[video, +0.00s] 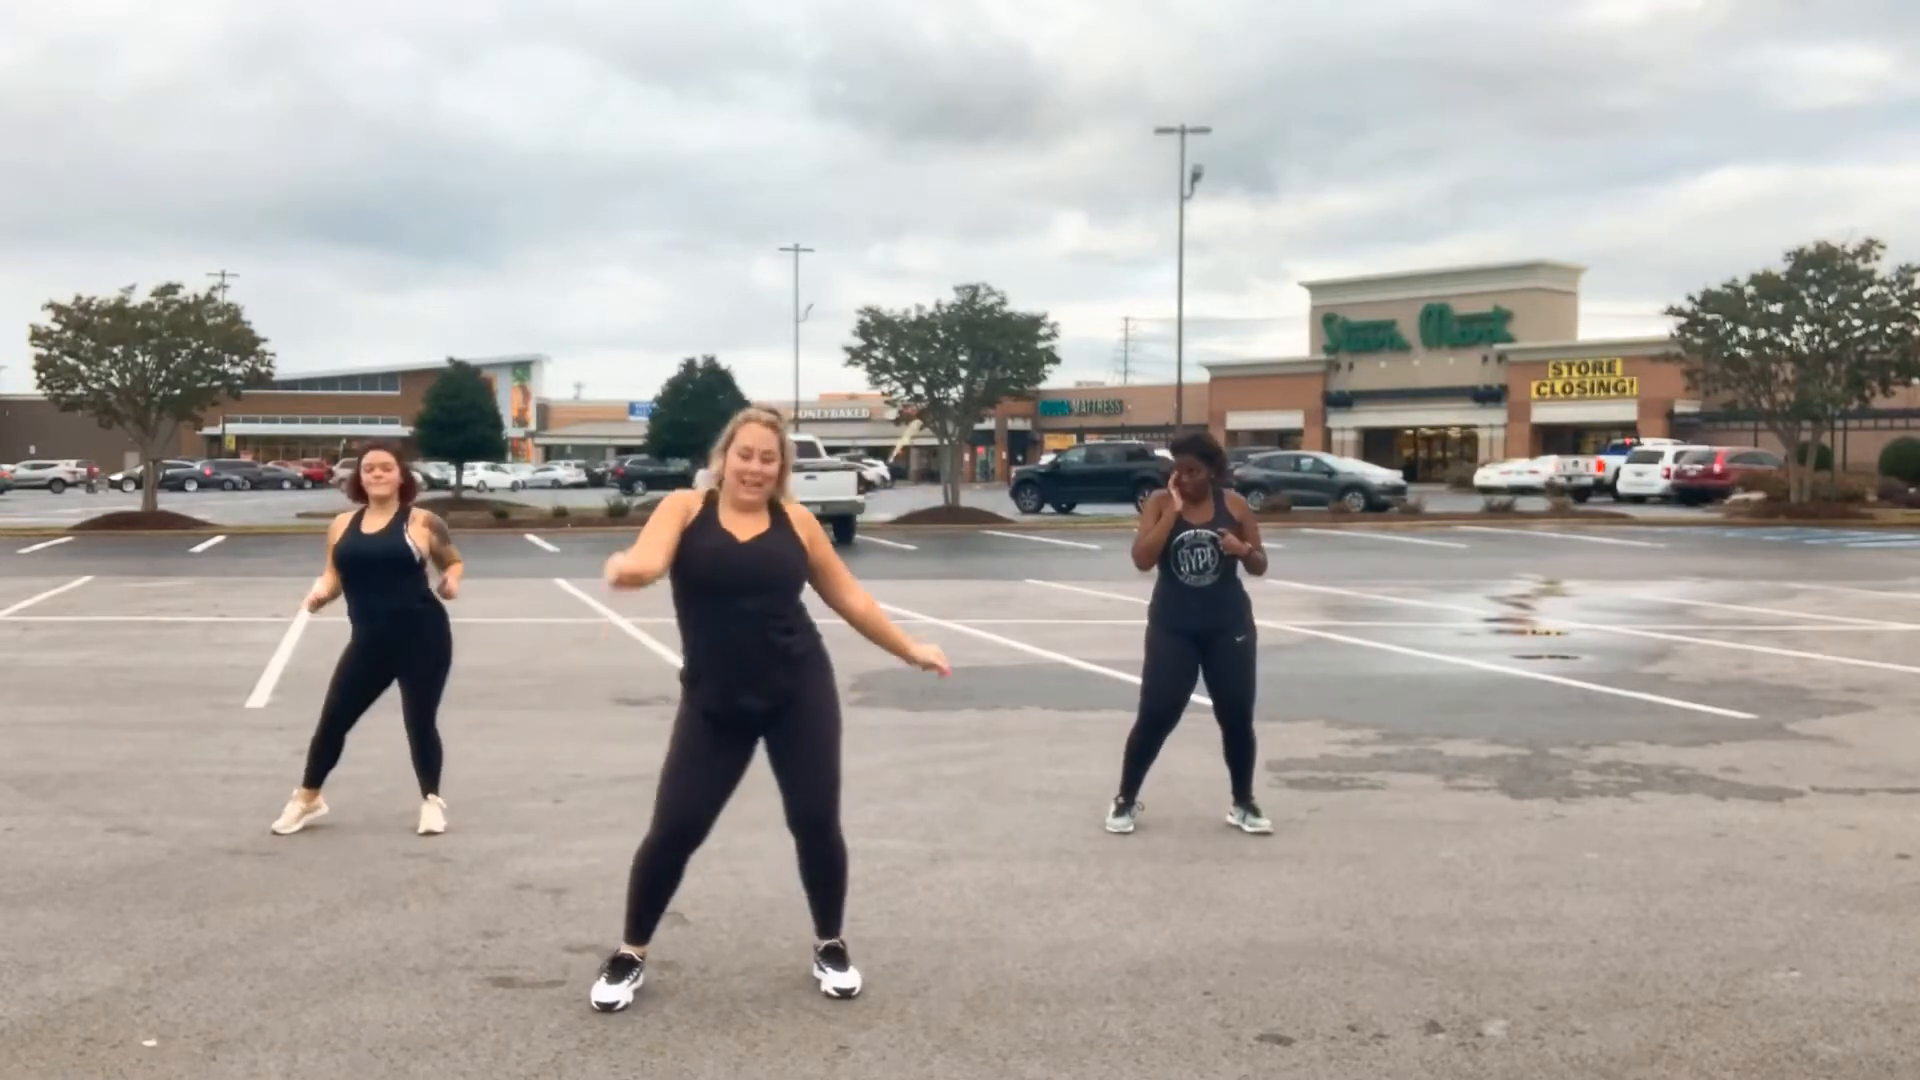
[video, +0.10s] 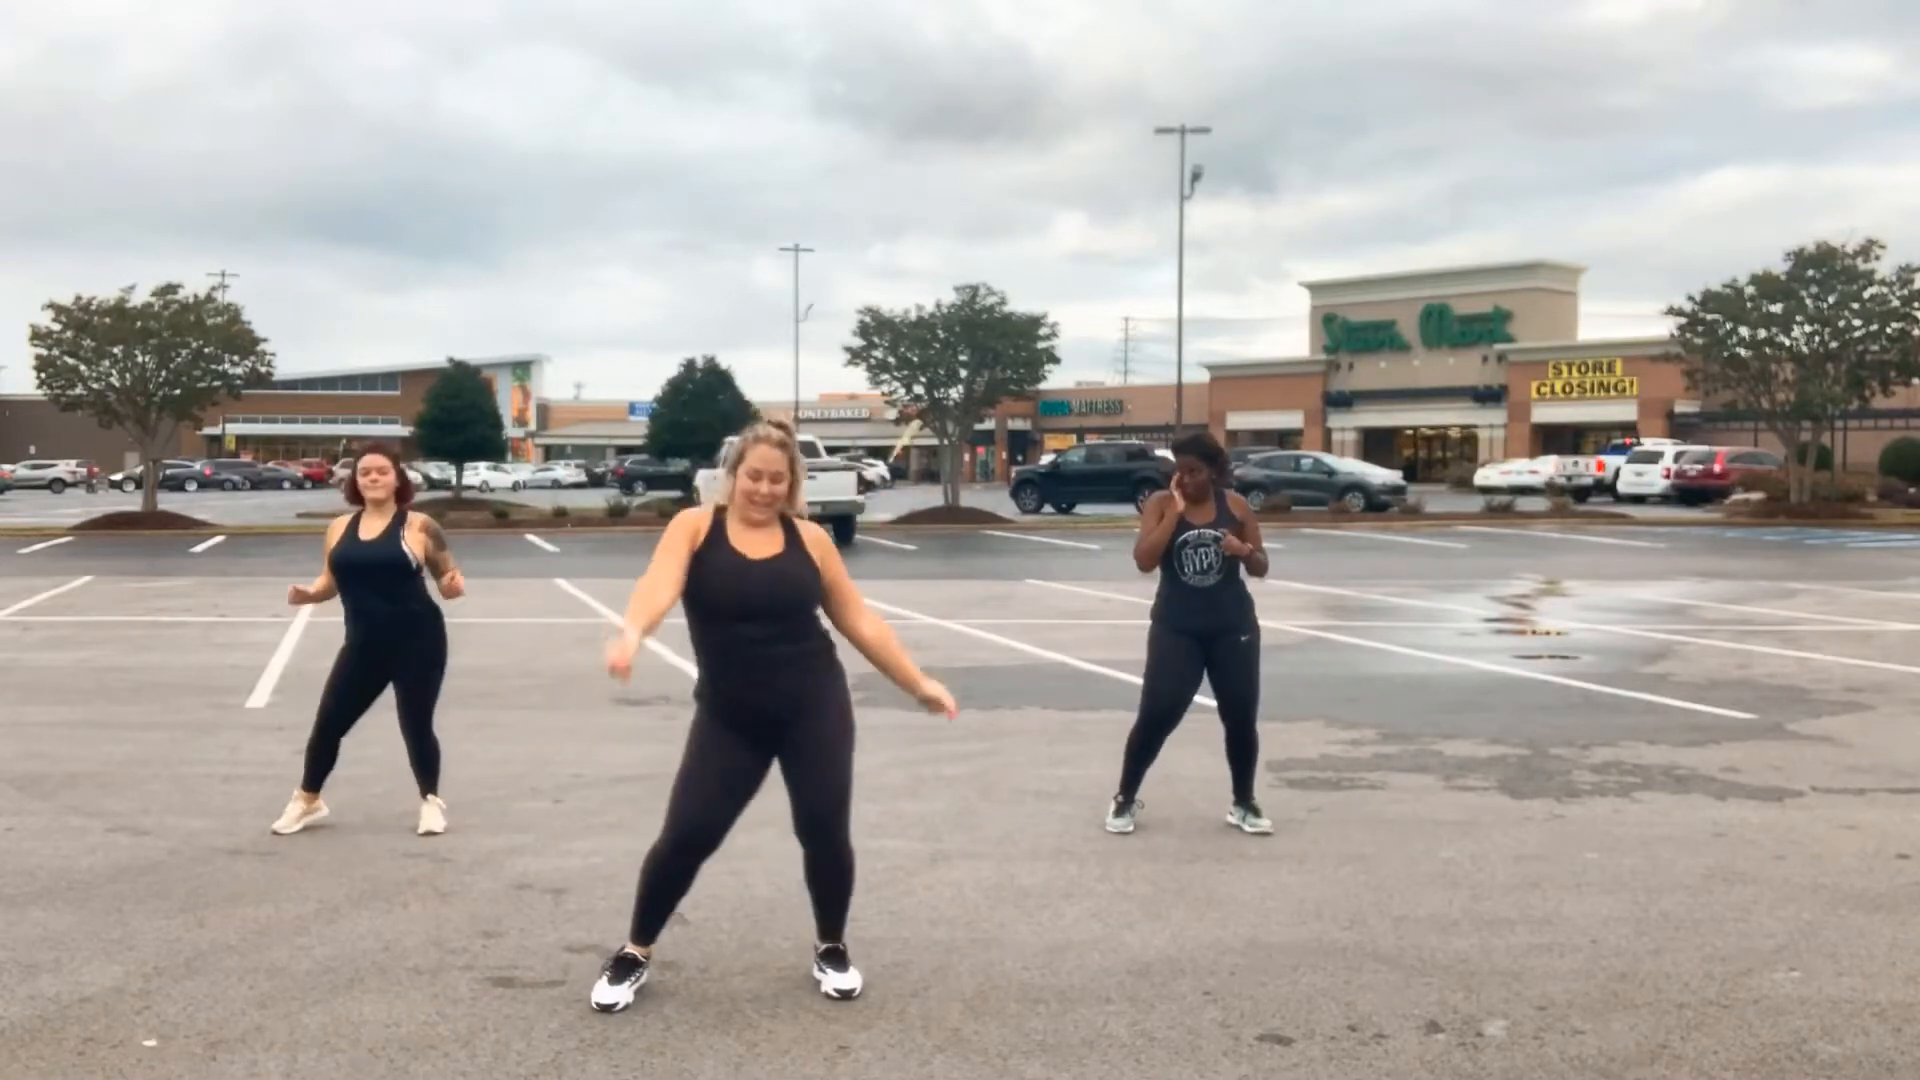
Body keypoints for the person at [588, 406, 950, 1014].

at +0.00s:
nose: (753, 466)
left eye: (766, 457)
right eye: (744, 453)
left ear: (782, 466)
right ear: (723, 457)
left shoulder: (796, 522)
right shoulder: (683, 508)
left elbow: (850, 597)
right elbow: (649, 559)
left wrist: (909, 648)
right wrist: (628, 570)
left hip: (799, 696)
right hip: (714, 701)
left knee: (817, 824)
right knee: (671, 835)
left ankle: (831, 947)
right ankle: (630, 953)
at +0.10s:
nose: (763, 487)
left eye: (776, 478)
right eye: (754, 475)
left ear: (790, 484)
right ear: (732, 474)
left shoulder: (810, 539)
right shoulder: (694, 527)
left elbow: (856, 620)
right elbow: (660, 584)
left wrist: (917, 683)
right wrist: (631, 633)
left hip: (815, 712)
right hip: (729, 716)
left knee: (826, 835)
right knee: (684, 840)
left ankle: (832, 950)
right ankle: (635, 952)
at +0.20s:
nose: (771, 495)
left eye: (783, 485)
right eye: (760, 484)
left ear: (798, 485)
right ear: (739, 482)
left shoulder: (821, 540)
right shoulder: (706, 536)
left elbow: (856, 625)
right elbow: (673, 617)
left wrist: (900, 701)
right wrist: (641, 699)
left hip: (817, 718)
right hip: (731, 717)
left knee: (824, 836)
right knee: (672, 831)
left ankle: (832, 952)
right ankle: (636, 946)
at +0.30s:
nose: (768, 484)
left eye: (780, 473)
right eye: (757, 473)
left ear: (798, 476)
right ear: (739, 476)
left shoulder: (826, 533)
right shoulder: (706, 535)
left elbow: (853, 615)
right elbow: (680, 625)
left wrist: (887, 683)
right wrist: (640, 708)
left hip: (808, 712)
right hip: (721, 708)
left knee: (818, 837)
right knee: (657, 813)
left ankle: (831, 951)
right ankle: (626, 936)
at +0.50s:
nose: (746, 458)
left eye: (757, 447)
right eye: (734, 447)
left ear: (776, 453)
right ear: (716, 454)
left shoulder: (806, 512)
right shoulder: (687, 517)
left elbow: (852, 583)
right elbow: (647, 597)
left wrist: (897, 580)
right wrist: (563, 612)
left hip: (769, 697)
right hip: (680, 694)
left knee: (793, 828)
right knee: (644, 823)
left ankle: (828, 948)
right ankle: (604, 948)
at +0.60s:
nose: (731, 456)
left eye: (743, 445)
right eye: (720, 445)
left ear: (761, 453)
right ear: (701, 453)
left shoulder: (788, 510)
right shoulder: (673, 519)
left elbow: (839, 583)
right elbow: (623, 593)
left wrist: (891, 558)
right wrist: (542, 573)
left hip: (749, 699)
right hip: (661, 694)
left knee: (780, 830)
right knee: (631, 824)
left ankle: (827, 947)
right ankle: (601, 951)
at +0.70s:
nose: (721, 460)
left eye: (733, 450)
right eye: (709, 449)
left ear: (751, 459)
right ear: (691, 459)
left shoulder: (776, 517)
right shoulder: (664, 526)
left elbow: (828, 594)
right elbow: (610, 603)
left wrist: (881, 557)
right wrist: (544, 563)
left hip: (736, 709)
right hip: (649, 702)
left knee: (773, 837)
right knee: (625, 832)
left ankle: (824, 948)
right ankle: (602, 955)